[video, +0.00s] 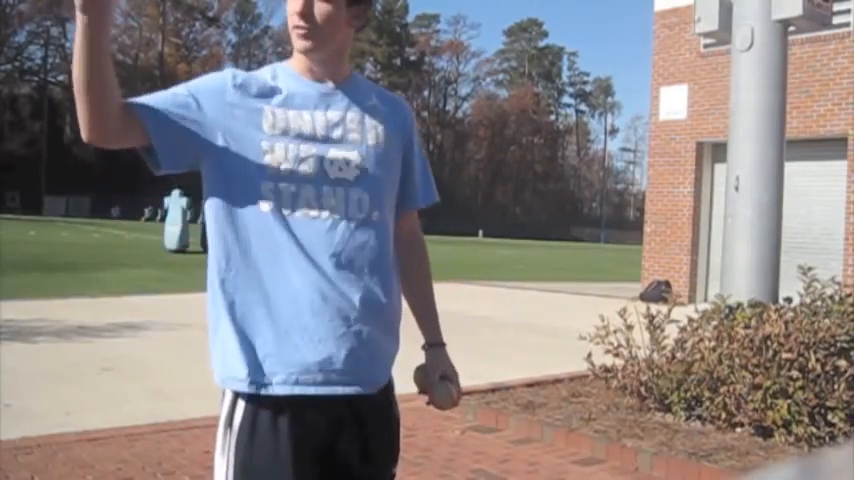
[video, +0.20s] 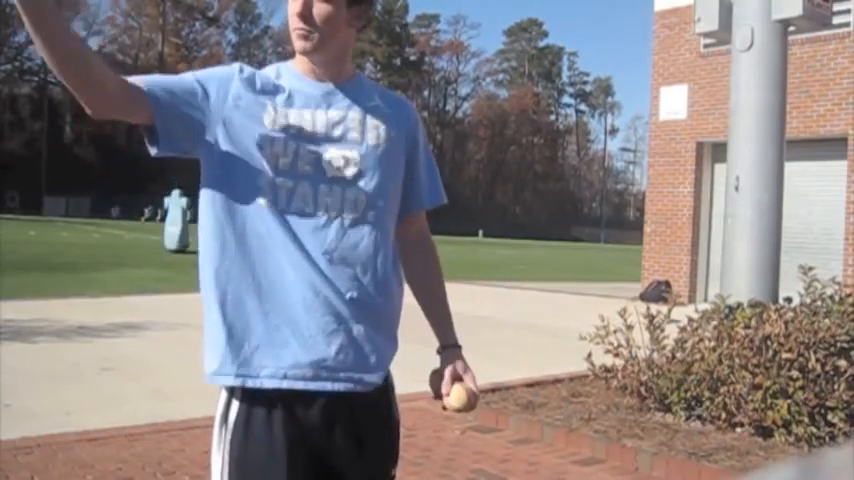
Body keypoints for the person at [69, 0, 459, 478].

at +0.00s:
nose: (302, 7)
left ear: (357, 13)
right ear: (285, 7)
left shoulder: (391, 115)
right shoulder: (228, 96)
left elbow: (407, 234)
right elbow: (103, 126)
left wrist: (434, 344)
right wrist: (91, 14)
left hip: (366, 394)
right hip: (265, 398)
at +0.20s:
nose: (301, 8)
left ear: (360, 15)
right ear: (286, 10)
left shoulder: (395, 115)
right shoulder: (230, 89)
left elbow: (414, 238)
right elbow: (105, 96)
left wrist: (450, 346)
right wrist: (36, 11)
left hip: (363, 395)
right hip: (262, 398)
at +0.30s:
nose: (301, 9)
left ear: (361, 13)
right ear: (285, 10)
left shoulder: (397, 116)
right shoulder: (236, 86)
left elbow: (417, 235)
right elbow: (109, 77)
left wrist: (453, 344)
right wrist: (7, 31)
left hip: (363, 394)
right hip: (260, 393)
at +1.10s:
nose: (323, 11)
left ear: (367, 15)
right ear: (296, 10)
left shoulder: (401, 120)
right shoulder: (239, 94)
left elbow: (418, 243)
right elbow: (108, 100)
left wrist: (448, 351)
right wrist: (0, 81)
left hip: (362, 396)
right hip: (263, 394)